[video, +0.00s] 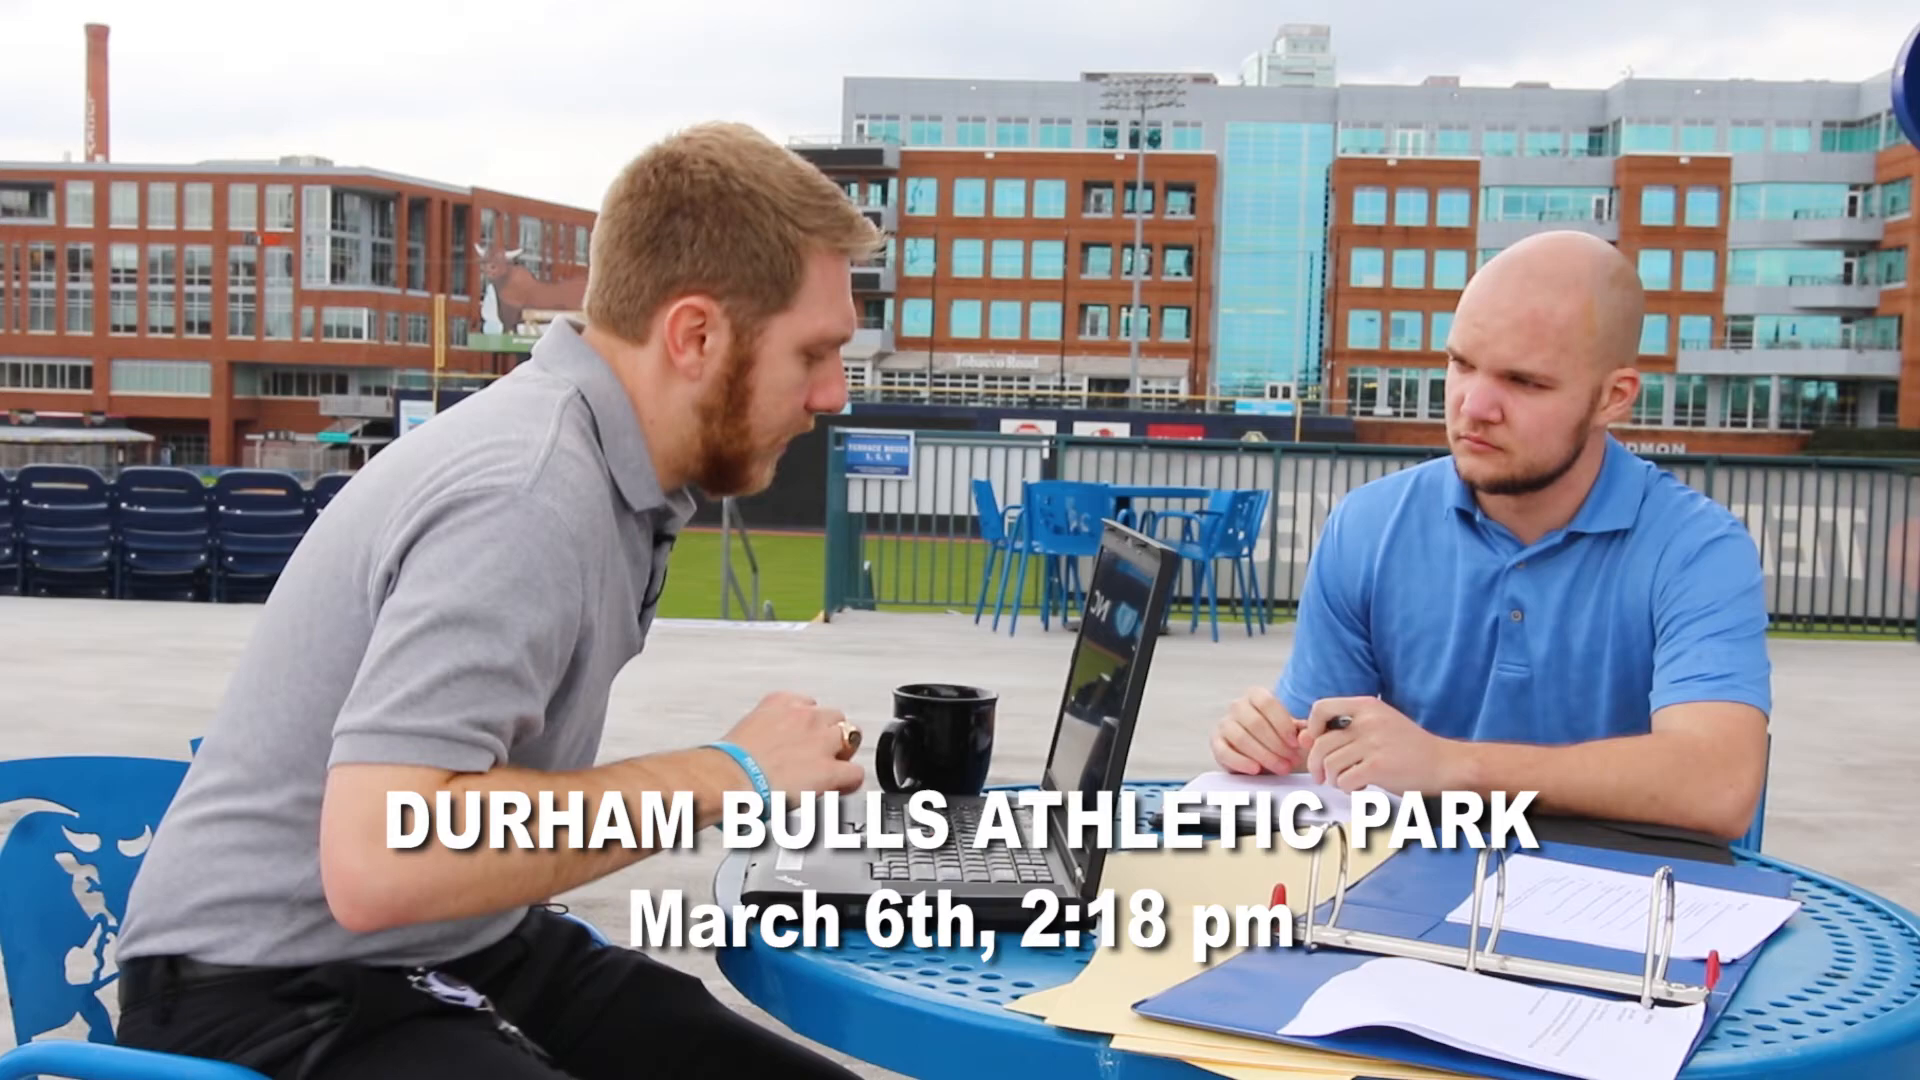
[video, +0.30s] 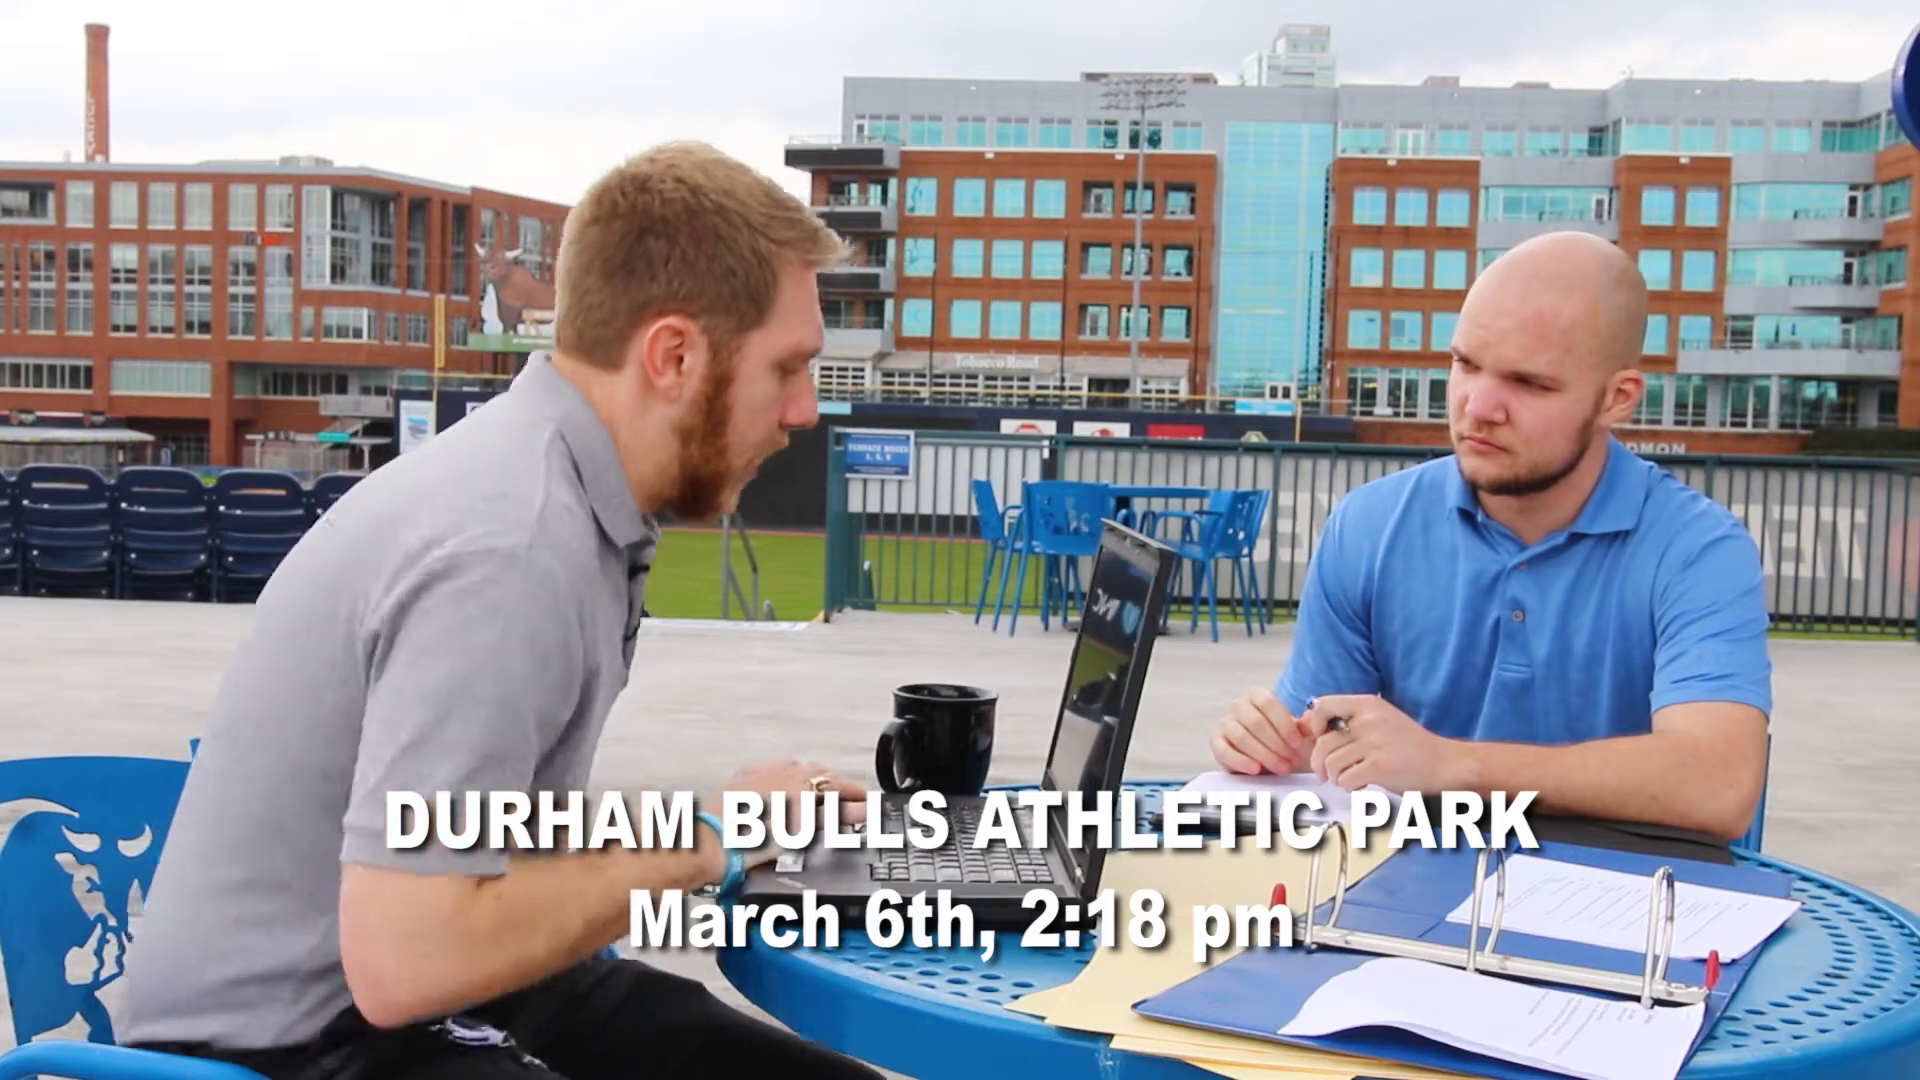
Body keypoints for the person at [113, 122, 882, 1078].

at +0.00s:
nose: (837, 397)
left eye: (838, 356)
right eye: (817, 355)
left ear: (683, 339)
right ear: (692, 337)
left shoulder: (591, 463)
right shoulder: (525, 493)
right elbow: (383, 869)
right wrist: (732, 774)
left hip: (464, 944)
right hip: (280, 993)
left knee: (802, 1064)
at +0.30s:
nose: (808, 413)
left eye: (810, 370)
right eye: (790, 370)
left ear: (666, 359)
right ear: (672, 357)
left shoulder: (565, 501)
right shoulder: (507, 547)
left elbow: (499, 852)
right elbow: (404, 964)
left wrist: (712, 821)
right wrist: (694, 844)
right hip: (291, 1039)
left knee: (819, 1059)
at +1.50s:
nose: (700, 420)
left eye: (693, 380)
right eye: (672, 385)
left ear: (548, 404)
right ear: (547, 401)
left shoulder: (472, 510)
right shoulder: (361, 649)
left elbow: (536, 636)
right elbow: (379, 1050)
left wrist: (487, 836)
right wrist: (691, 857)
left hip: (374, 964)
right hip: (218, 1046)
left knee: (808, 1074)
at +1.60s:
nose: (703, 422)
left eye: (697, 384)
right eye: (678, 389)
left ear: (554, 409)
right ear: (554, 407)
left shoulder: (493, 514)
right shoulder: (353, 655)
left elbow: (557, 629)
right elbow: (381, 1050)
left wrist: (492, 835)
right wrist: (692, 856)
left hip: (393, 960)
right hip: (221, 1045)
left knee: (804, 1069)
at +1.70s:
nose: (703, 425)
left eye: (698, 390)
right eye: (680, 396)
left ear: (553, 415)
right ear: (554, 413)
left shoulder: (505, 518)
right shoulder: (349, 657)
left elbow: (560, 632)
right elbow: (390, 1051)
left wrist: (493, 839)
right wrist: (704, 846)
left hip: (400, 949)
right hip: (214, 1041)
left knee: (800, 1066)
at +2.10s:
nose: (689, 409)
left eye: (683, 371)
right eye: (669, 374)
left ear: (542, 397)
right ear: (554, 395)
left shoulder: (461, 508)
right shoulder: (349, 663)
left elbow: (539, 636)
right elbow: (404, 1051)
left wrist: (488, 836)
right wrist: (704, 854)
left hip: (376, 957)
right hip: (213, 1044)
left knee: (641, 1014)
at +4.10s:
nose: (680, 384)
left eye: (671, 347)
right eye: (654, 357)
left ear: (525, 388)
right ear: (538, 391)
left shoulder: (412, 512)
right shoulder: (333, 620)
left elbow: (390, 769)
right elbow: (378, 1025)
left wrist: (622, 765)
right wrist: (694, 867)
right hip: (222, 1043)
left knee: (637, 1007)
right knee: (629, 1024)